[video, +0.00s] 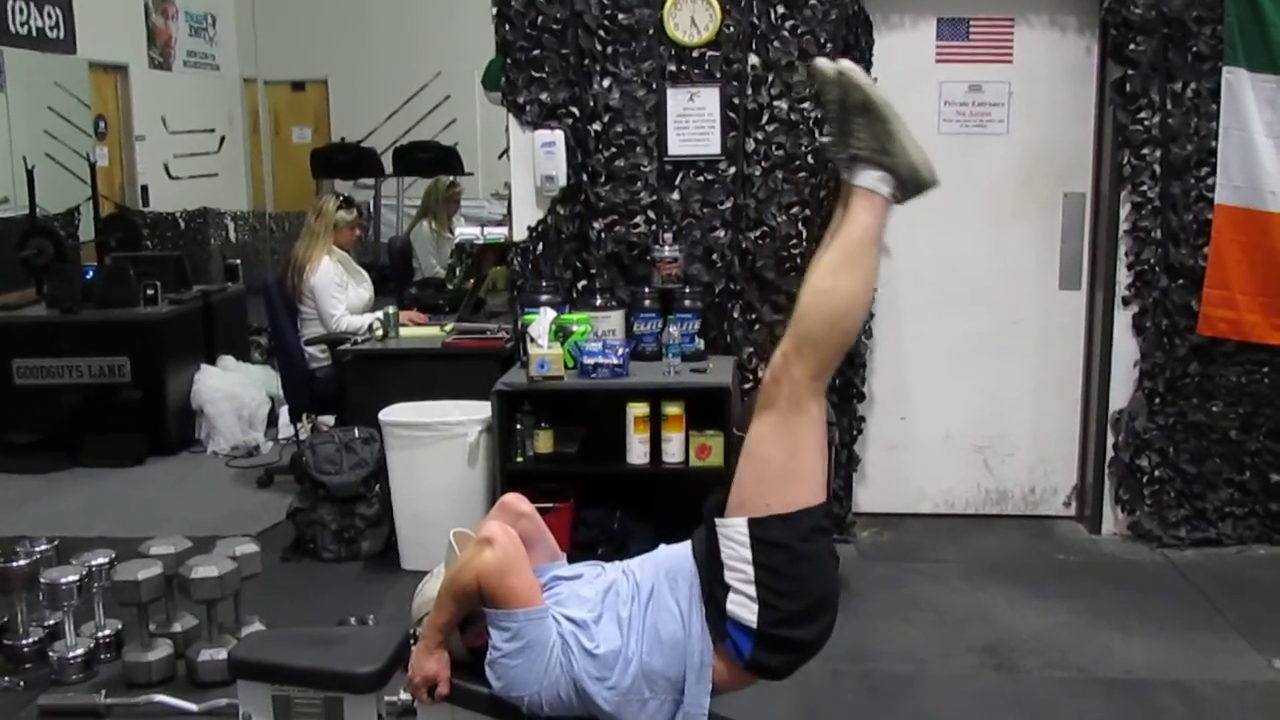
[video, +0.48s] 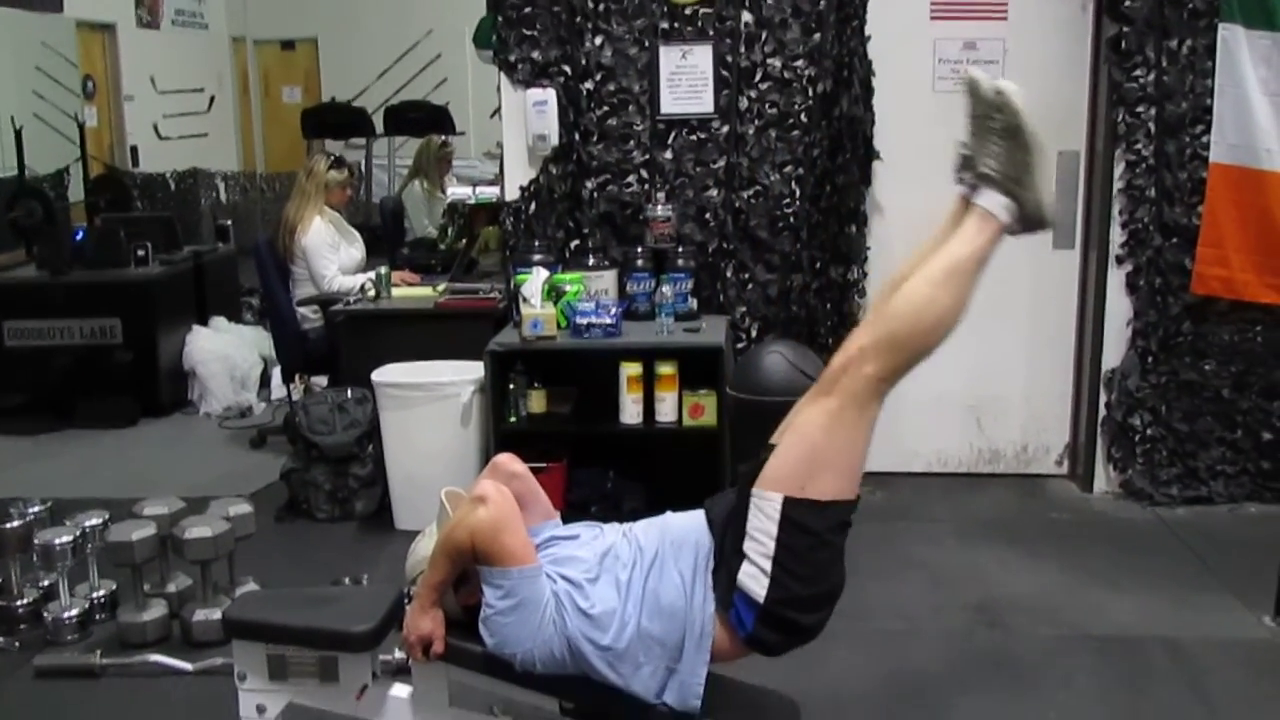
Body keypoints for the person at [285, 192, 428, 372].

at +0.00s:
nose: (358, 234)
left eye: (358, 228)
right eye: (352, 228)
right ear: (332, 228)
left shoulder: (336, 260)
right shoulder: (323, 266)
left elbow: (347, 317)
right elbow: (336, 324)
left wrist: (392, 315)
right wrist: (391, 318)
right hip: (329, 363)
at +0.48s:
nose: (349, 194)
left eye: (350, 187)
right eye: (344, 188)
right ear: (324, 188)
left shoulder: (328, 219)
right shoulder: (314, 226)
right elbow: (329, 284)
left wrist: (383, 275)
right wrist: (382, 277)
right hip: (321, 325)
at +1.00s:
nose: (345, 175)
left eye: (346, 168)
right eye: (339, 168)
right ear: (319, 168)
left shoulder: (324, 200)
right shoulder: (311, 206)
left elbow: (336, 258)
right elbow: (324, 265)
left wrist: (382, 257)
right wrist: (380, 259)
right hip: (318, 306)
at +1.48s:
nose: (344, 164)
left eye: (345, 158)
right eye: (339, 158)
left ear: (324, 159)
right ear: (319, 158)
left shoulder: (322, 190)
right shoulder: (310, 195)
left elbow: (334, 247)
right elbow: (325, 254)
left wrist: (379, 247)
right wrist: (378, 248)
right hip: (317, 295)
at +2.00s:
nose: (344, 160)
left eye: (345, 153)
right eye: (338, 154)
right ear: (318, 154)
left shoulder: (323, 186)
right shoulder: (310, 192)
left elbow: (334, 244)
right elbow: (325, 251)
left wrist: (380, 243)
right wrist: (379, 245)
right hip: (317, 290)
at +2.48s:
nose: (345, 160)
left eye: (346, 154)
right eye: (339, 154)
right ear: (319, 155)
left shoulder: (324, 187)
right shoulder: (311, 192)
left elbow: (336, 243)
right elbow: (325, 251)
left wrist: (381, 243)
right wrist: (380, 246)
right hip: (319, 292)